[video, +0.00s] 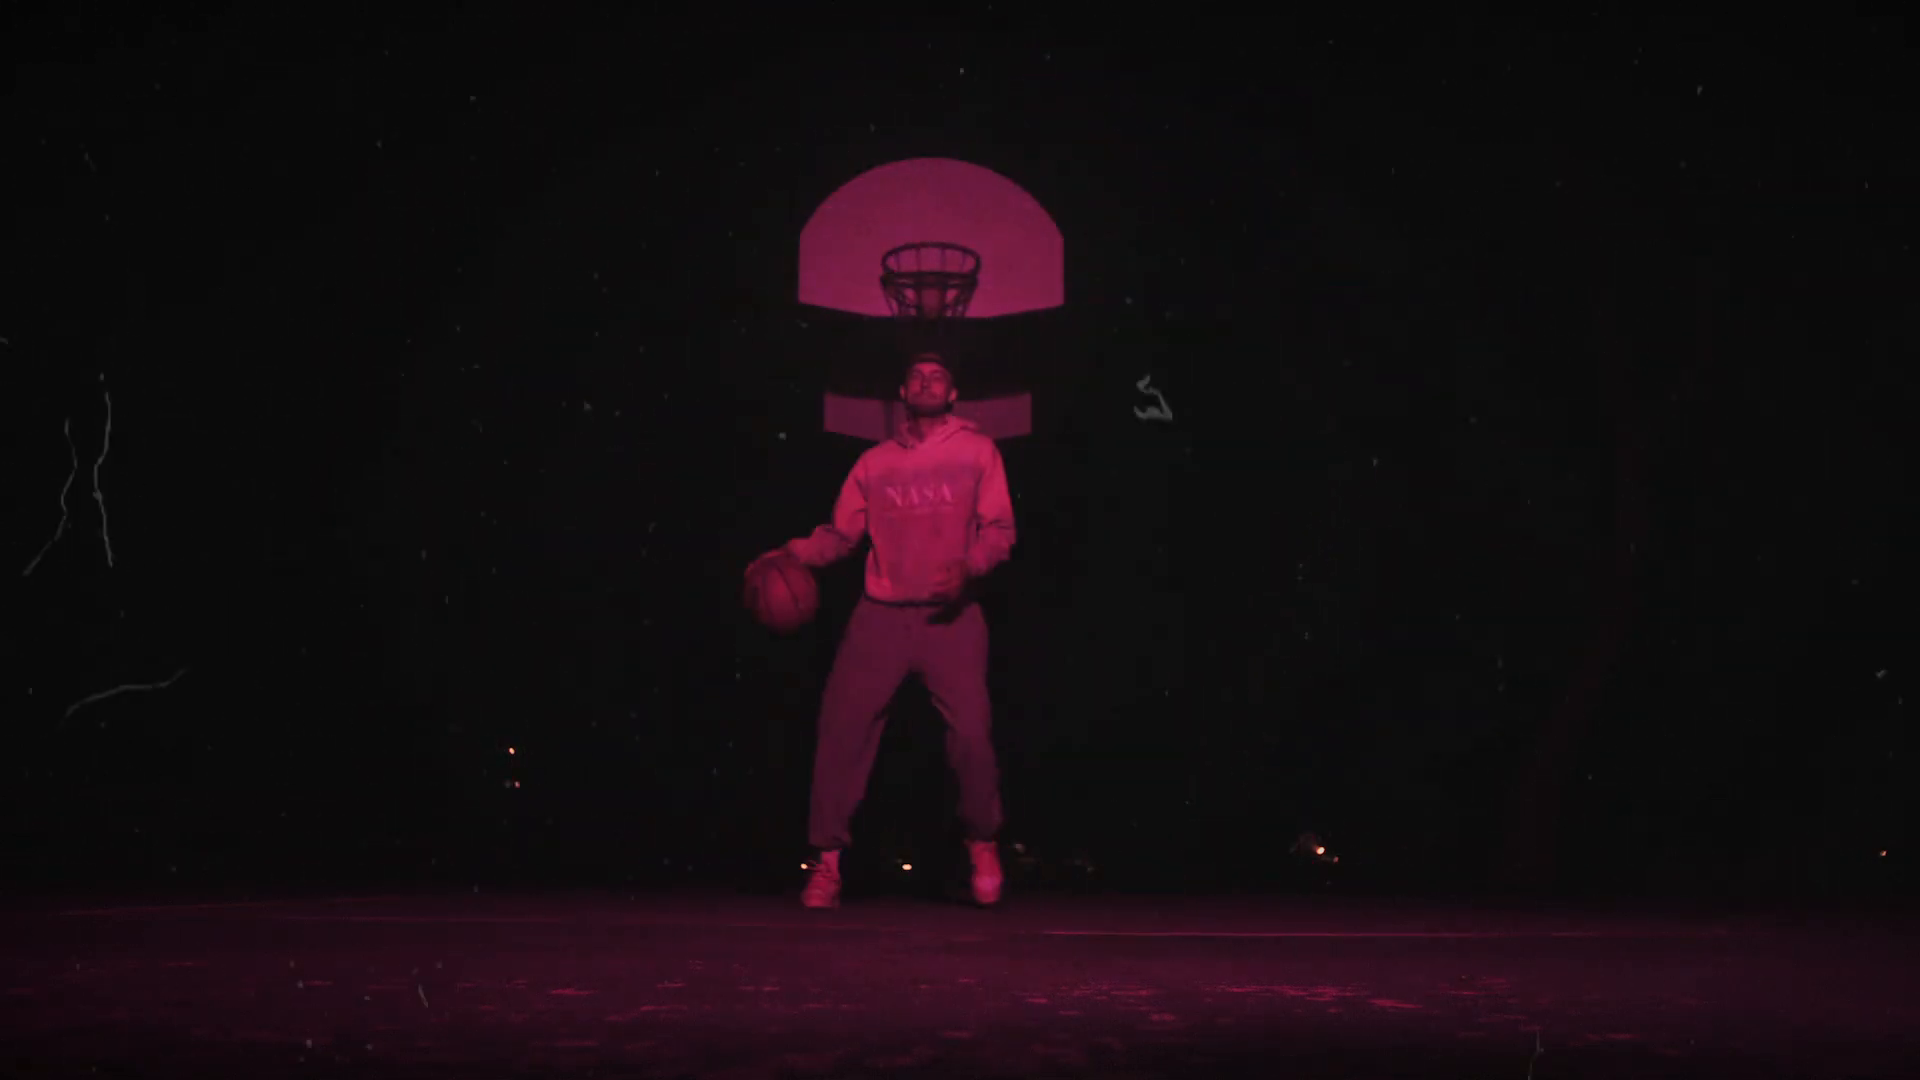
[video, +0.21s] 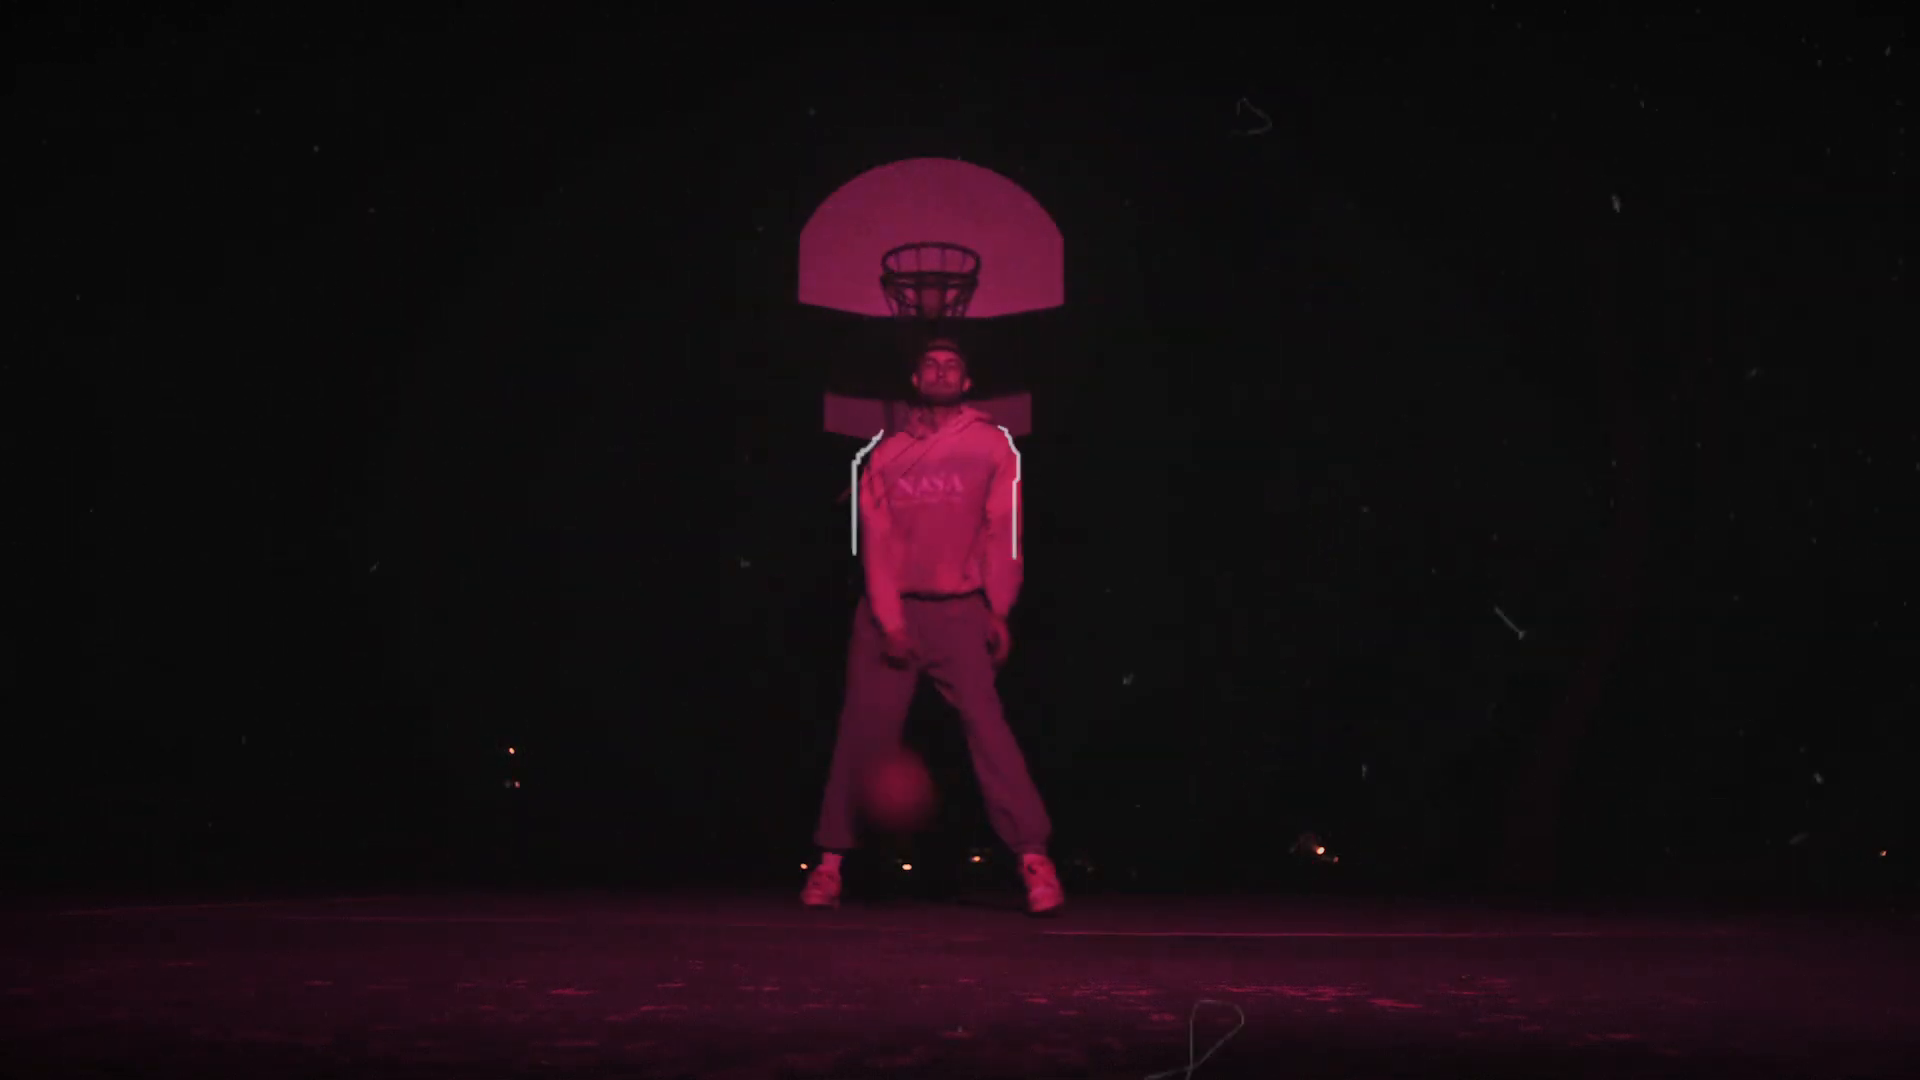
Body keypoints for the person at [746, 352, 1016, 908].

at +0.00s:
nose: (928, 386)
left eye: (938, 379)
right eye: (918, 378)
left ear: (953, 393)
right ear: (902, 393)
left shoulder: (977, 451)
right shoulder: (876, 461)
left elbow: (999, 531)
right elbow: (841, 535)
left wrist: (966, 572)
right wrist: (787, 557)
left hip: (951, 620)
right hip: (880, 617)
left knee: (971, 732)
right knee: (842, 726)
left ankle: (982, 845)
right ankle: (827, 858)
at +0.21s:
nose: (942, 374)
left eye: (951, 366)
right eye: (932, 366)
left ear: (967, 381)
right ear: (914, 380)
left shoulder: (992, 445)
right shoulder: (882, 454)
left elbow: (1004, 533)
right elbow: (875, 546)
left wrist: (996, 609)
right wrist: (889, 621)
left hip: (959, 612)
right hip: (887, 610)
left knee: (988, 731)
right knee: (860, 733)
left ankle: (1033, 858)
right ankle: (830, 859)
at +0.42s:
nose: (993, 362)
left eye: (1003, 354)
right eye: (981, 354)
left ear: (1019, 368)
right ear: (963, 368)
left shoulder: (1043, 442)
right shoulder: (931, 439)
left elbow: (1054, 538)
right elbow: (916, 532)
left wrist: (1061, 616)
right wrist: (924, 610)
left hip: (1008, 606)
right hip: (933, 600)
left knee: (1015, 734)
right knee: (893, 726)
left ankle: (1042, 870)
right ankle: (860, 856)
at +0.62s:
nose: (1024, 320)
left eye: (1034, 313)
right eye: (1012, 312)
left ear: (1047, 329)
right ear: (992, 328)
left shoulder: (1071, 402)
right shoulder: (964, 398)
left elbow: (1095, 488)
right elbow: (944, 494)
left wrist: (1134, 553)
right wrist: (959, 573)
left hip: (1041, 573)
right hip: (969, 570)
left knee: (1061, 712)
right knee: (968, 715)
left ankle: (1079, 860)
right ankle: (957, 866)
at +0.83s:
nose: (1057, 338)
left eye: (1064, 330)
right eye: (1043, 331)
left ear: (1075, 346)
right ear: (1019, 346)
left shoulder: (1095, 418)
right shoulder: (994, 418)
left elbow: (1124, 502)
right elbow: (962, 517)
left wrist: (1172, 557)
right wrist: (978, 579)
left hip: (1062, 594)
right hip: (999, 592)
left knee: (1102, 725)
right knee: (995, 724)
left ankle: (1114, 873)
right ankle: (970, 856)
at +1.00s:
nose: (1072, 365)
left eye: (1082, 356)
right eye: (1059, 356)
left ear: (1097, 370)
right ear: (1038, 370)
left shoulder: (1116, 445)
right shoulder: (1007, 446)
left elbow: (1126, 547)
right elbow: (975, 548)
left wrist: (1131, 637)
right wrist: (964, 630)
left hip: (1073, 596)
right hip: (1006, 586)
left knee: (1097, 718)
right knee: (1019, 670)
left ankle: (1112, 874)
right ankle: (964, 833)